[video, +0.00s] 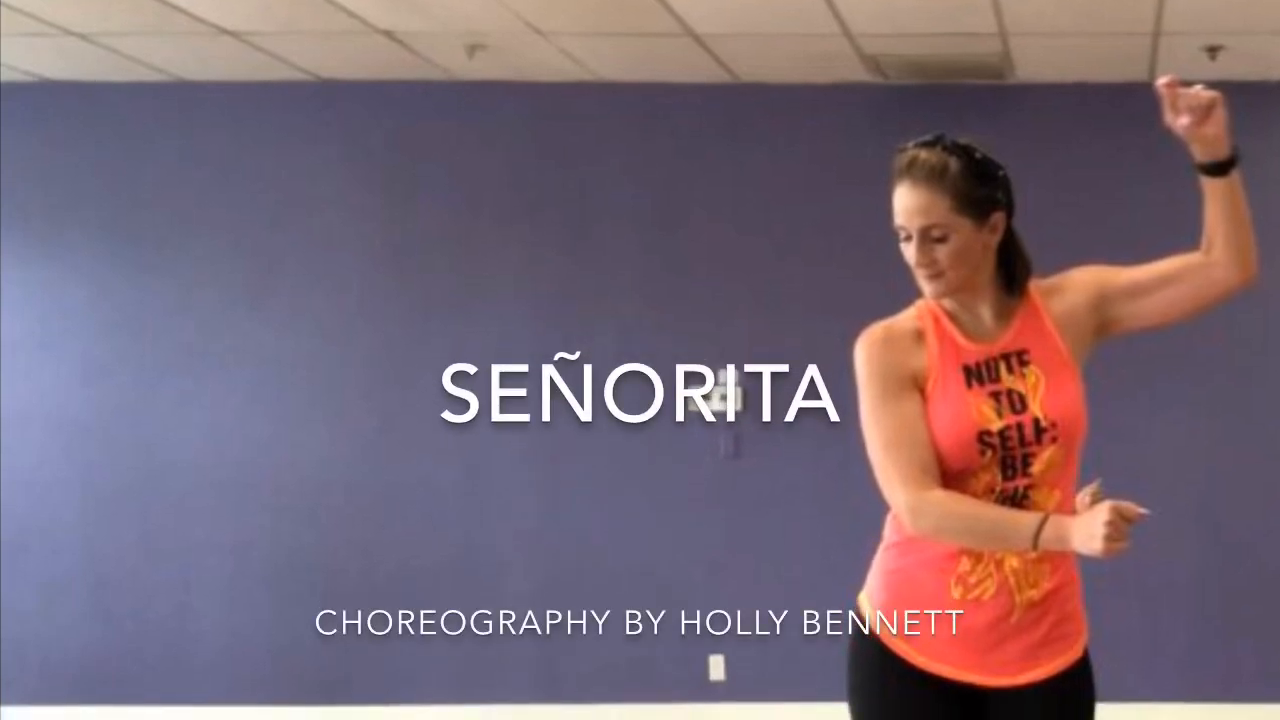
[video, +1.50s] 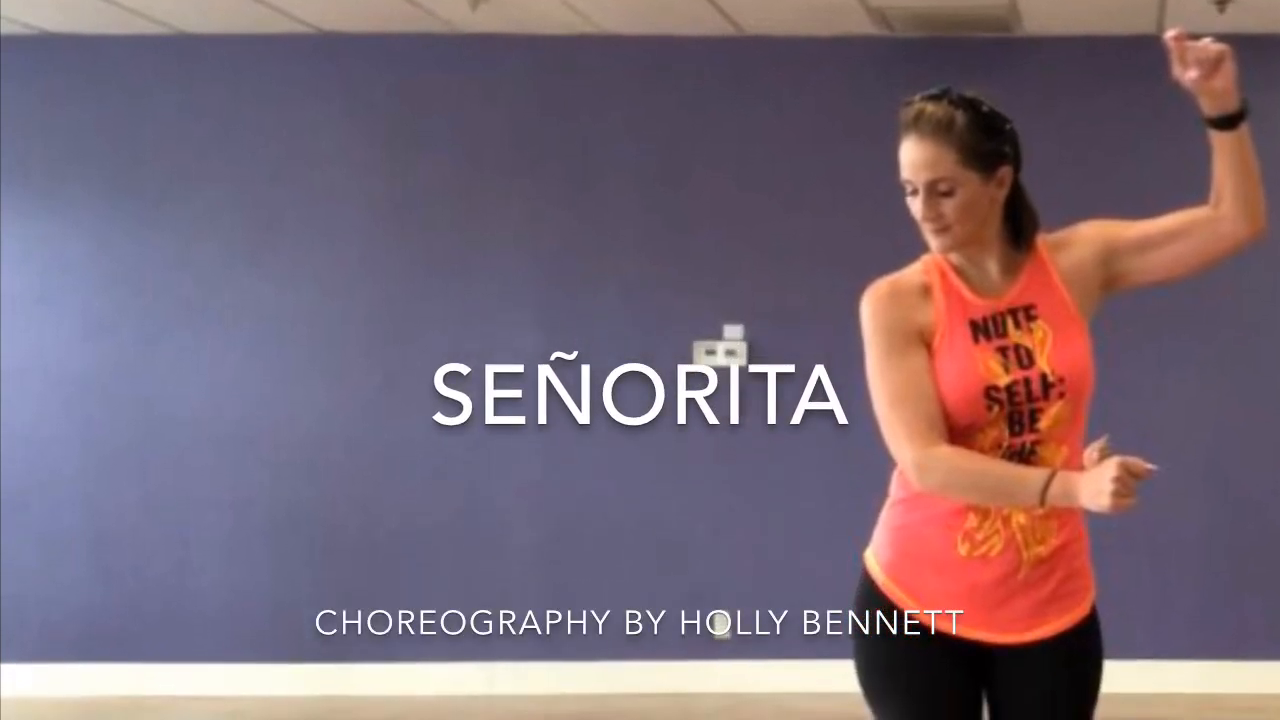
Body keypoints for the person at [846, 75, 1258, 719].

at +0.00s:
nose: (918, 256)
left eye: (937, 235)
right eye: (905, 236)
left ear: (994, 225)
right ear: (894, 233)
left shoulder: (1074, 306)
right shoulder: (890, 349)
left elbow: (1230, 267)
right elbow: (918, 506)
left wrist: (1214, 156)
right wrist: (1064, 531)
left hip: (1041, 662)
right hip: (911, 659)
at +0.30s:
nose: (919, 247)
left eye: (938, 226)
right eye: (907, 228)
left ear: (996, 216)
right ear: (895, 223)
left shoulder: (1075, 297)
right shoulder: (891, 340)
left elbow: (1232, 256)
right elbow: (920, 498)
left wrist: (1216, 147)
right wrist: (1065, 523)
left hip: (1043, 654)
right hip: (913, 650)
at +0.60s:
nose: (920, 238)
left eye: (939, 218)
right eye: (908, 220)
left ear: (997, 206)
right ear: (898, 215)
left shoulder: (1077, 287)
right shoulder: (893, 331)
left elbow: (1234, 247)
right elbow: (921, 488)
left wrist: (1217, 136)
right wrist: (1066, 513)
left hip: (1045, 643)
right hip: (913, 640)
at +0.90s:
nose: (922, 229)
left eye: (940, 210)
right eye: (909, 211)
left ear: (998, 197)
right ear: (899, 205)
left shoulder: (1078, 278)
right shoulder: (894, 322)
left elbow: (1235, 238)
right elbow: (922, 480)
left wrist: (1219, 127)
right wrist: (1066, 503)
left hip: (1045, 635)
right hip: (913, 633)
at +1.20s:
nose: (923, 220)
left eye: (942, 200)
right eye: (910, 201)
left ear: (1000, 189)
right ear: (900, 196)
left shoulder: (1079, 269)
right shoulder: (895, 313)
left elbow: (1237, 230)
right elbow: (923, 470)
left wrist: (1221, 118)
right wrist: (1065, 495)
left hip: (1046, 625)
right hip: (915, 625)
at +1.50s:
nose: (924, 211)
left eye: (943, 190)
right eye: (911, 192)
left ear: (1001, 179)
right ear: (902, 187)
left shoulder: (1081, 260)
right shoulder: (896, 305)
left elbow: (1238, 220)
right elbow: (925, 460)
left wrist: (1222, 108)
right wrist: (1068, 486)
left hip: (1048, 618)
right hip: (916, 618)